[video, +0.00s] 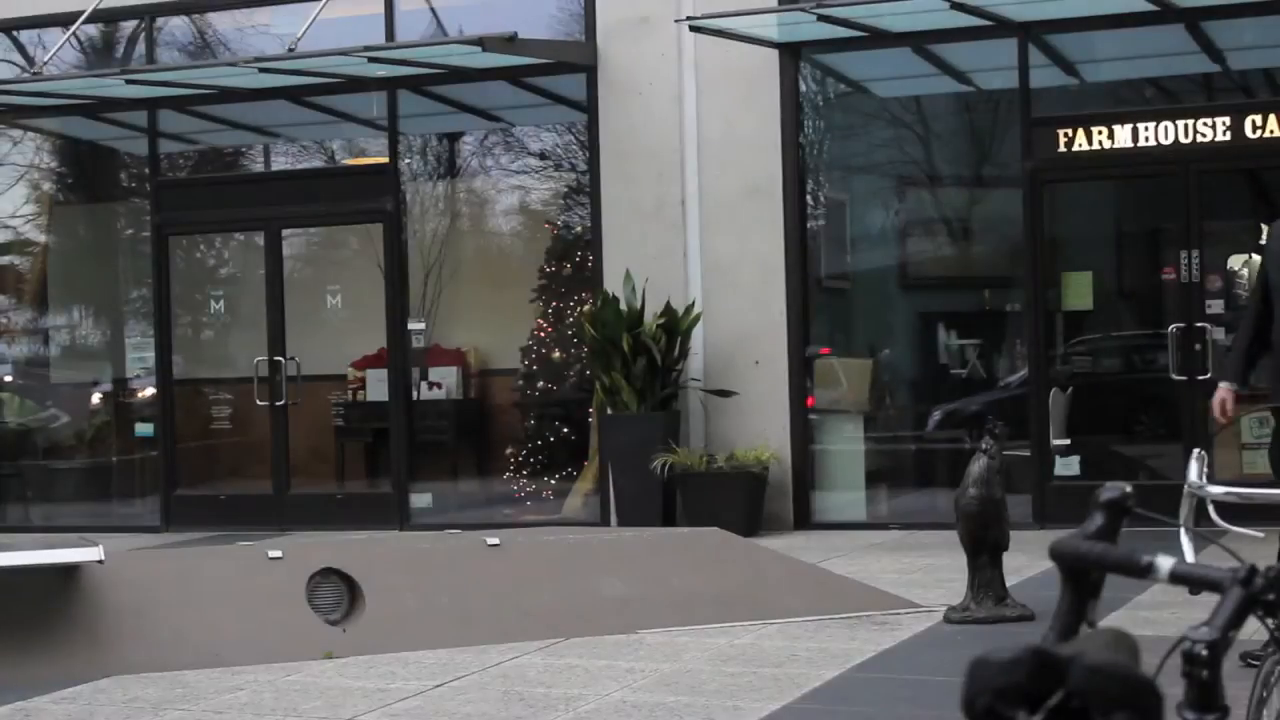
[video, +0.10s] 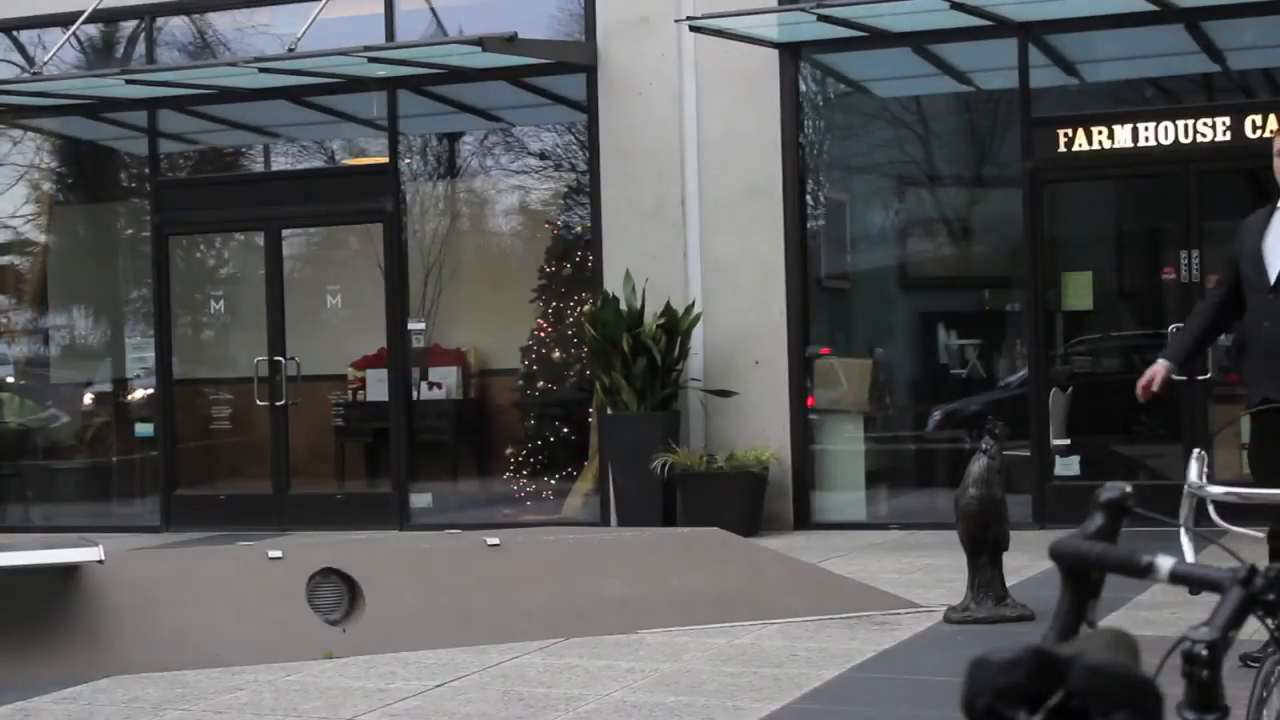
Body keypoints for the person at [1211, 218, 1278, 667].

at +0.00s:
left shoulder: (1273, 239)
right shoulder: (1274, 235)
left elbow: (1258, 311)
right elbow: (1260, 310)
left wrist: (1230, 378)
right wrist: (1230, 378)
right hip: (1278, 401)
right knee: (1279, 521)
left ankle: (1277, 629)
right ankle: (1277, 629)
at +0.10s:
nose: (1278, 163)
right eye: (1276, 155)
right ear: (1270, 163)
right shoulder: (1256, 228)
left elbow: (1220, 302)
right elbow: (1220, 304)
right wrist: (1169, 359)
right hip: (1268, 402)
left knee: (1277, 523)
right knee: (1274, 522)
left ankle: (1274, 614)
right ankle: (1274, 621)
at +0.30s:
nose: (1246, 157)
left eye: (1257, 147)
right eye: (1239, 149)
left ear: (1279, 155)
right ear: (1232, 158)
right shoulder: (1213, 221)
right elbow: (1161, 273)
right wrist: (1091, 309)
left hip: (1274, 386)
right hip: (1231, 388)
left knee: (1272, 499)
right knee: (1250, 502)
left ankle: (1273, 598)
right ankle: (1267, 597)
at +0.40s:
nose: (1230, 160)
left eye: (1241, 150)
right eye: (1224, 153)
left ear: (1270, 154)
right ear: (1218, 161)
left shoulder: (1277, 212)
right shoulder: (1200, 219)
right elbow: (1146, 268)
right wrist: (1074, 298)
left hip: (1264, 393)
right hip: (1208, 394)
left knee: (1261, 516)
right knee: (1232, 517)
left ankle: (1255, 633)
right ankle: (1253, 626)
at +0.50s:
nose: (1218, 160)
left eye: (1229, 150)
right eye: (1212, 152)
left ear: (1258, 156)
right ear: (1205, 161)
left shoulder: (1273, 214)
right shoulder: (1187, 220)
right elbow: (1130, 269)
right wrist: (1054, 295)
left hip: (1251, 399)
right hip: (1192, 399)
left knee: (1244, 522)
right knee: (1214, 522)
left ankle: (1248, 635)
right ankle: (1242, 629)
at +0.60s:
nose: (1206, 157)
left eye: (1217, 147)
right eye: (1200, 149)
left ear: (1247, 154)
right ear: (1194, 159)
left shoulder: (1268, 213)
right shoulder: (1176, 217)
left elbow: (1273, 297)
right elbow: (1116, 267)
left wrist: (1268, 368)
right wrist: (1039, 296)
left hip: (1236, 396)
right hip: (1169, 395)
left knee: (1232, 518)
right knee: (1162, 509)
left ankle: (1240, 636)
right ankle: (1231, 611)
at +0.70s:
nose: (1191, 153)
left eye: (1202, 144)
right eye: (1185, 145)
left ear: (1232, 152)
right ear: (1179, 154)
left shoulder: (1260, 213)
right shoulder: (1160, 214)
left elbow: (1260, 293)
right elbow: (1104, 265)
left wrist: (1242, 361)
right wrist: (1027, 299)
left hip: (1222, 395)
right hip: (1151, 396)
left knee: (1227, 521)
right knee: (1153, 520)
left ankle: (1236, 644)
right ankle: (1190, 633)